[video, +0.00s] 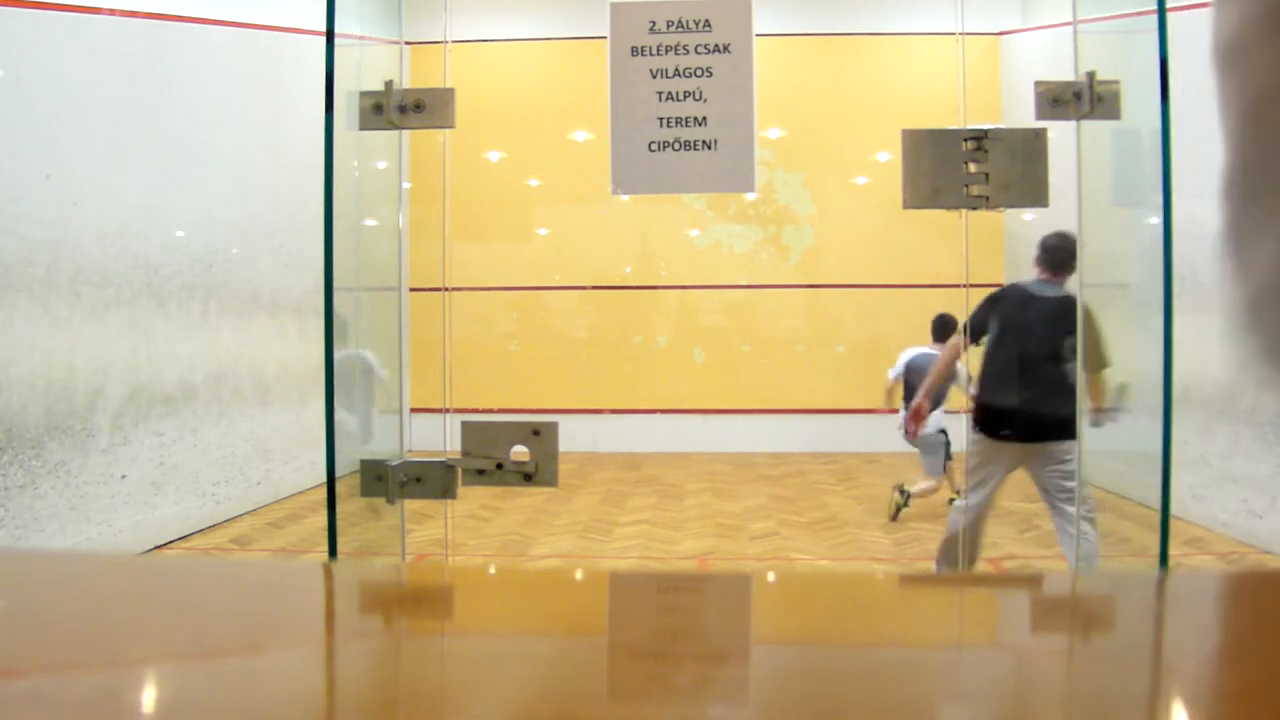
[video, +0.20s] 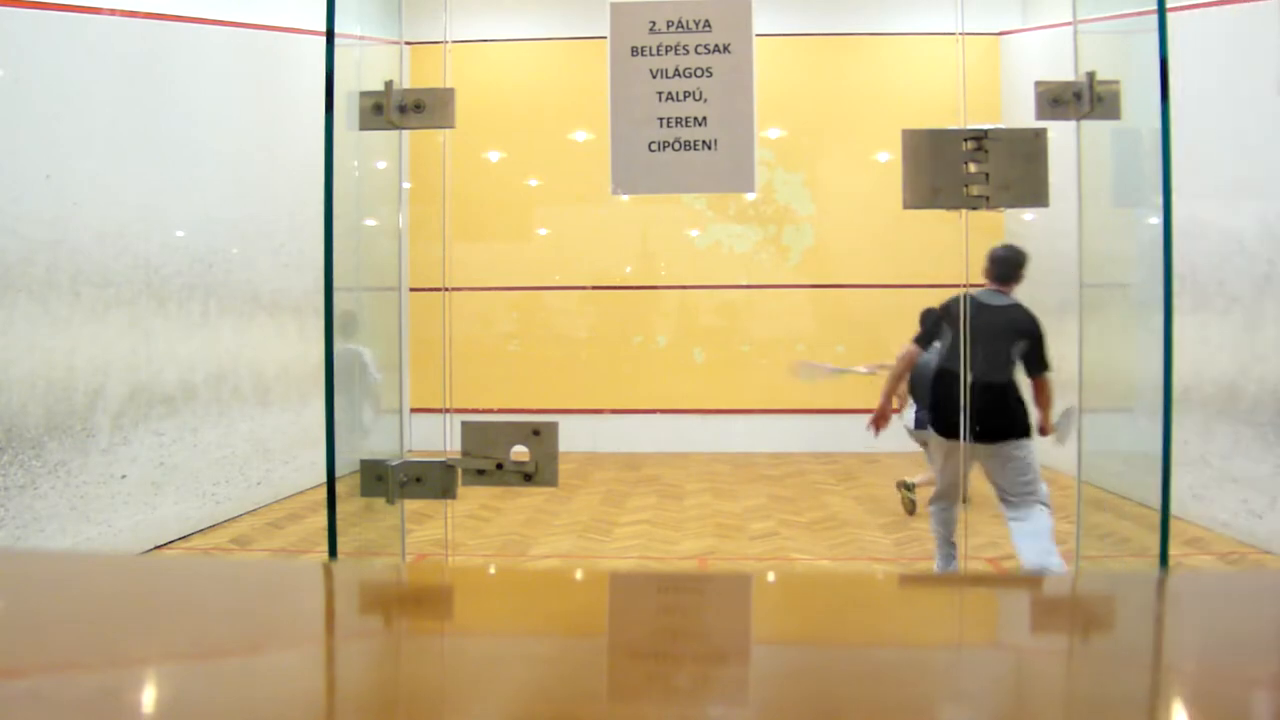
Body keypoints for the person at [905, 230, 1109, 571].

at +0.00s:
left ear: (1037, 261)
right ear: (1072, 269)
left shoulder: (1004, 298)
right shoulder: (1076, 310)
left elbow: (956, 345)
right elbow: (1093, 367)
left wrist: (923, 396)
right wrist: (1098, 406)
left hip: (995, 425)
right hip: (1052, 428)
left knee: (971, 504)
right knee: (1075, 513)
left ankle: (947, 585)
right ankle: (1088, 596)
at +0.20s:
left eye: (986, 268)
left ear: (985, 272)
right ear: (1018, 278)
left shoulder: (954, 307)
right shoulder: (1024, 320)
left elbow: (910, 355)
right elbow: (1039, 379)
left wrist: (885, 402)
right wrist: (1045, 417)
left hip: (949, 421)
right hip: (1002, 422)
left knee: (945, 497)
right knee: (1025, 501)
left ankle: (945, 570)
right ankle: (1046, 574)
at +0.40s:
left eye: (955, 275)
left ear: (953, 279)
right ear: (985, 286)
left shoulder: (925, 310)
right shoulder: (992, 322)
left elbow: (889, 353)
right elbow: (1016, 382)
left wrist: (871, 402)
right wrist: (1032, 427)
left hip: (925, 410)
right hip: (977, 414)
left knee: (901, 476)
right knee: (997, 483)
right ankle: (1012, 557)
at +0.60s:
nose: (989, 328)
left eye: (982, 320)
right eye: (989, 323)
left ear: (957, 321)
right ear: (986, 327)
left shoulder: (927, 347)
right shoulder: (988, 363)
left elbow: (895, 379)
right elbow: (1033, 412)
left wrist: (883, 420)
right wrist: (1080, 444)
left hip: (911, 442)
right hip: (962, 447)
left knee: (872, 493)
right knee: (1002, 488)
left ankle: (839, 553)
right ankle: (1023, 551)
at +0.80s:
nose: (1060, 370)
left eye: (1053, 360)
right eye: (1060, 366)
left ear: (1030, 356)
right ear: (1055, 369)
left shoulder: (995, 366)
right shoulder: (1050, 400)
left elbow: (946, 373)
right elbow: (1104, 424)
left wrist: (911, 406)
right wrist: (1150, 432)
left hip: (930, 435)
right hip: (976, 447)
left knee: (889, 496)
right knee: (1024, 482)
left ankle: (843, 555)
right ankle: (1032, 553)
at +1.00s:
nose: (1076, 374)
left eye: (1070, 367)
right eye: (1077, 370)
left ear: (1046, 361)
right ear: (1072, 372)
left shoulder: (1012, 369)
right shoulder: (1063, 401)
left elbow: (955, 377)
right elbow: (1107, 450)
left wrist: (914, 412)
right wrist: (1142, 489)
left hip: (939, 430)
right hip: (983, 442)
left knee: (916, 496)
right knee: (1036, 476)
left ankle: (855, 540)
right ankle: (1034, 552)